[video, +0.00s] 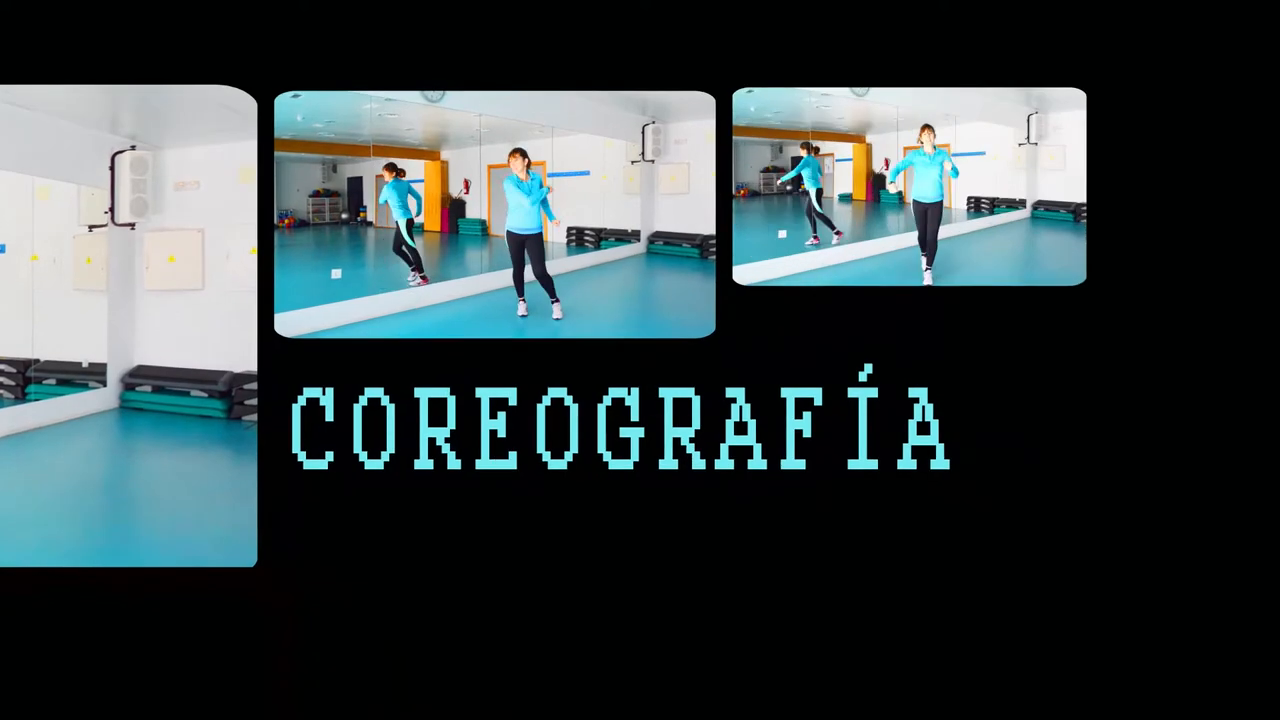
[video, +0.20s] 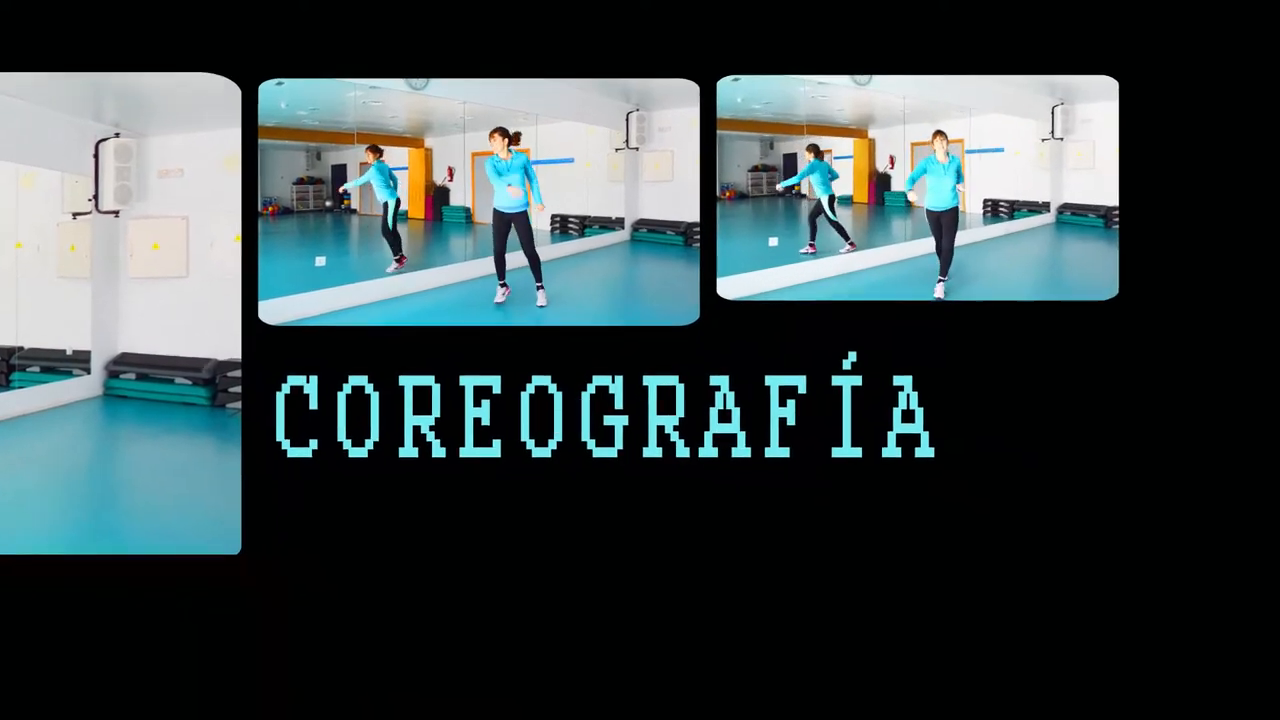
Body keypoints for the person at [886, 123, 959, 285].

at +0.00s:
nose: (928, 136)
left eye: (930, 133)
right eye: (925, 133)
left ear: (934, 136)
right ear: (921, 137)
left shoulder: (942, 154)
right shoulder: (914, 155)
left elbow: (955, 174)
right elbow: (897, 167)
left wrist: (951, 169)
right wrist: (891, 181)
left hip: (936, 200)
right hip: (918, 200)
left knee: (932, 236)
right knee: (922, 233)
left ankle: (928, 269)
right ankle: (923, 255)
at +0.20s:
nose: (940, 143)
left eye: (942, 140)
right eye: (937, 140)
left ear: (947, 142)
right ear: (933, 144)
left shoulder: (955, 161)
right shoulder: (927, 162)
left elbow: (959, 178)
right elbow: (912, 178)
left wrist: (960, 185)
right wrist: (909, 190)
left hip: (950, 208)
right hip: (932, 208)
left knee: (948, 245)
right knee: (939, 243)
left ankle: (941, 281)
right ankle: (944, 269)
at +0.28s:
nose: (944, 133)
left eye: (946, 130)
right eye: (940, 130)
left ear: (951, 132)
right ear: (936, 134)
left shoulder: (958, 152)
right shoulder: (930, 154)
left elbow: (962, 171)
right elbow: (920, 177)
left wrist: (964, 183)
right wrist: (934, 189)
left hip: (955, 200)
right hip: (936, 202)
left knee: (954, 238)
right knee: (941, 237)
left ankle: (951, 277)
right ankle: (944, 264)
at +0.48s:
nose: (949, 115)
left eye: (951, 112)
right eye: (945, 113)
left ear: (956, 114)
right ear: (941, 117)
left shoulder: (965, 134)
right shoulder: (938, 137)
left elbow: (970, 156)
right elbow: (951, 160)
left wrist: (978, 173)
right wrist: (970, 152)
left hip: (962, 185)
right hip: (943, 186)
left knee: (966, 223)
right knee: (947, 223)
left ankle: (977, 257)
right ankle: (950, 257)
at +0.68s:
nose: (944, 96)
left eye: (947, 92)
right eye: (943, 93)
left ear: (958, 93)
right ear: (947, 95)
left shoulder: (973, 109)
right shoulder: (944, 113)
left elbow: (980, 132)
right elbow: (955, 132)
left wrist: (987, 153)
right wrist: (985, 130)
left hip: (971, 162)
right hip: (951, 163)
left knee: (979, 202)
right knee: (954, 202)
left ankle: (991, 238)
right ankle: (955, 236)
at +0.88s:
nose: (951, 81)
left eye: (954, 76)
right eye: (950, 77)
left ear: (965, 77)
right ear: (953, 79)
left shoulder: (983, 94)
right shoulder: (951, 99)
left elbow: (1000, 110)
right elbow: (934, 111)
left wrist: (1011, 129)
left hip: (983, 149)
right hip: (963, 149)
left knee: (992, 184)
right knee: (954, 184)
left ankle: (1002, 221)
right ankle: (954, 226)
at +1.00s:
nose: (953, 74)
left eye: (956, 70)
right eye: (952, 71)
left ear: (967, 71)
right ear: (957, 73)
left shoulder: (985, 90)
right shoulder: (952, 93)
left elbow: (1003, 102)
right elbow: (928, 104)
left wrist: (1017, 113)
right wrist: (903, 114)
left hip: (984, 144)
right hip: (965, 145)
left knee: (995, 178)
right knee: (957, 180)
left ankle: (1010, 211)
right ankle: (957, 224)